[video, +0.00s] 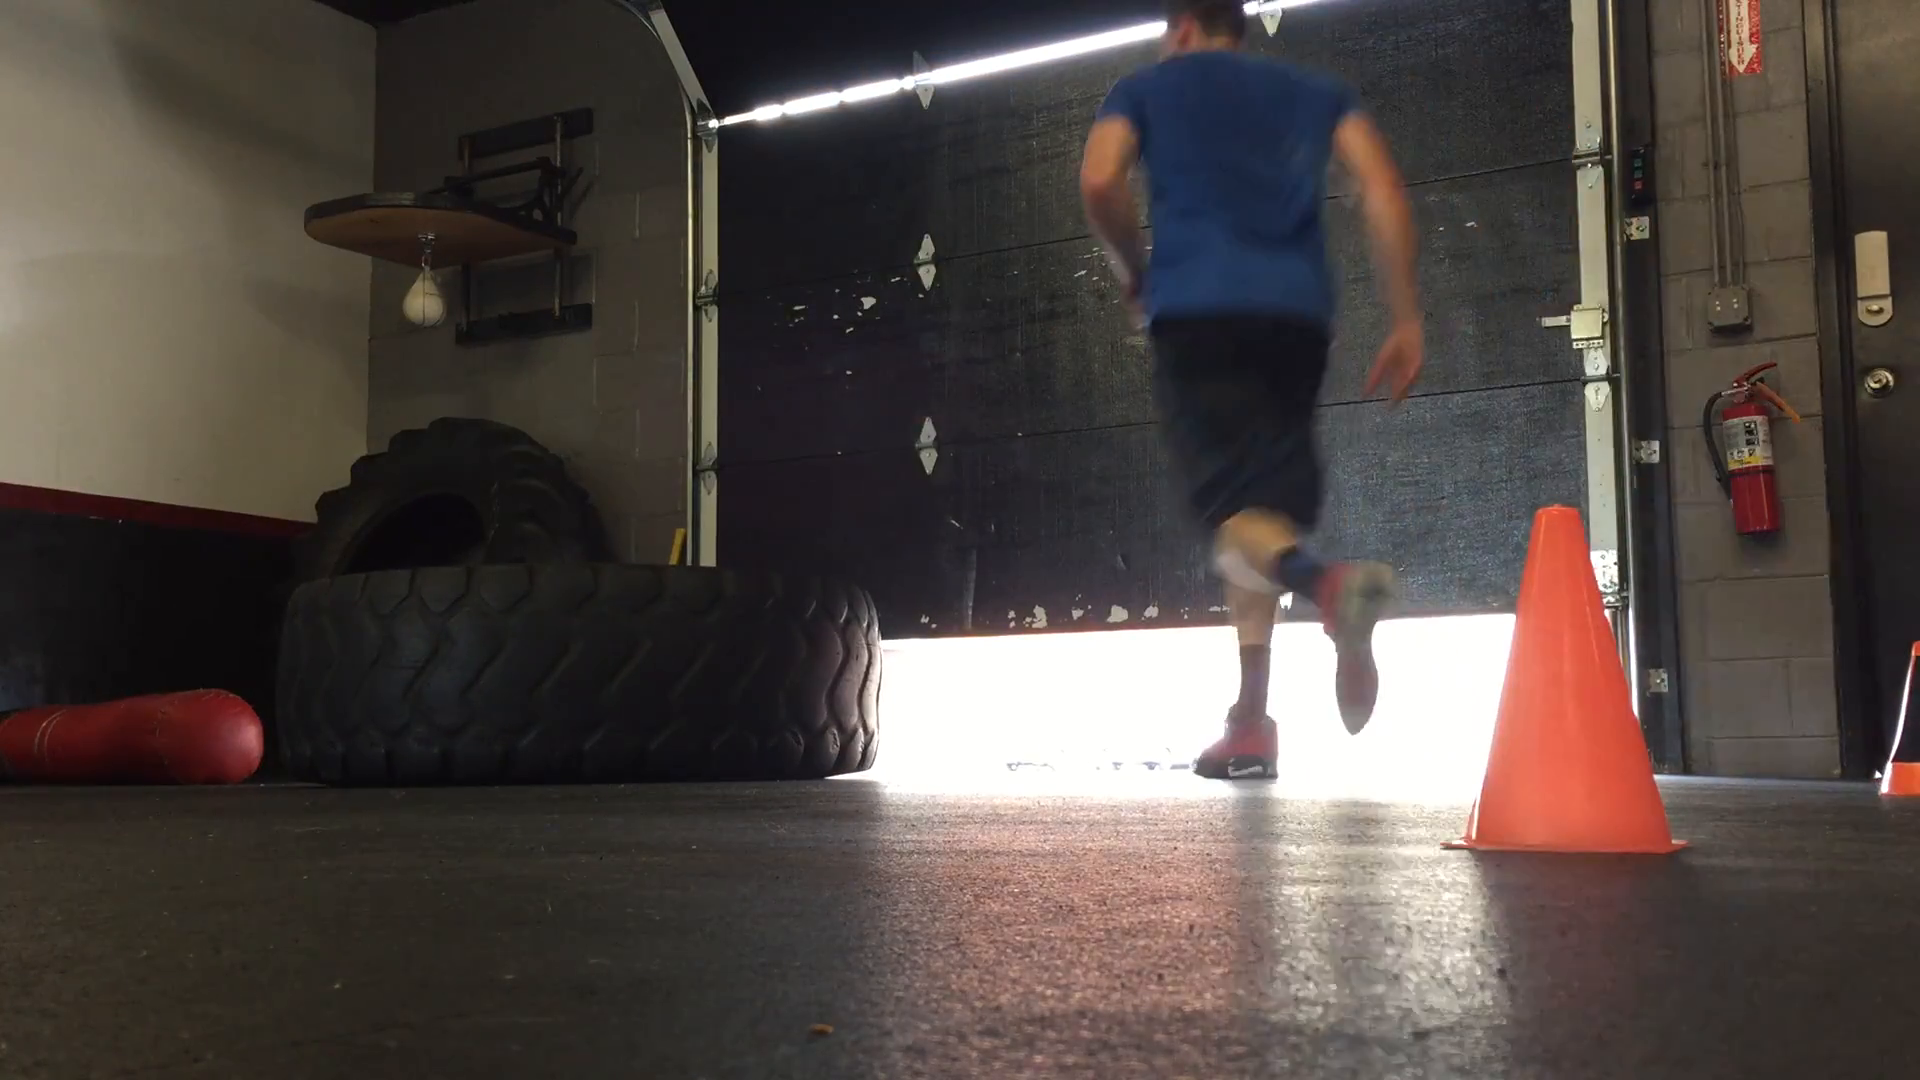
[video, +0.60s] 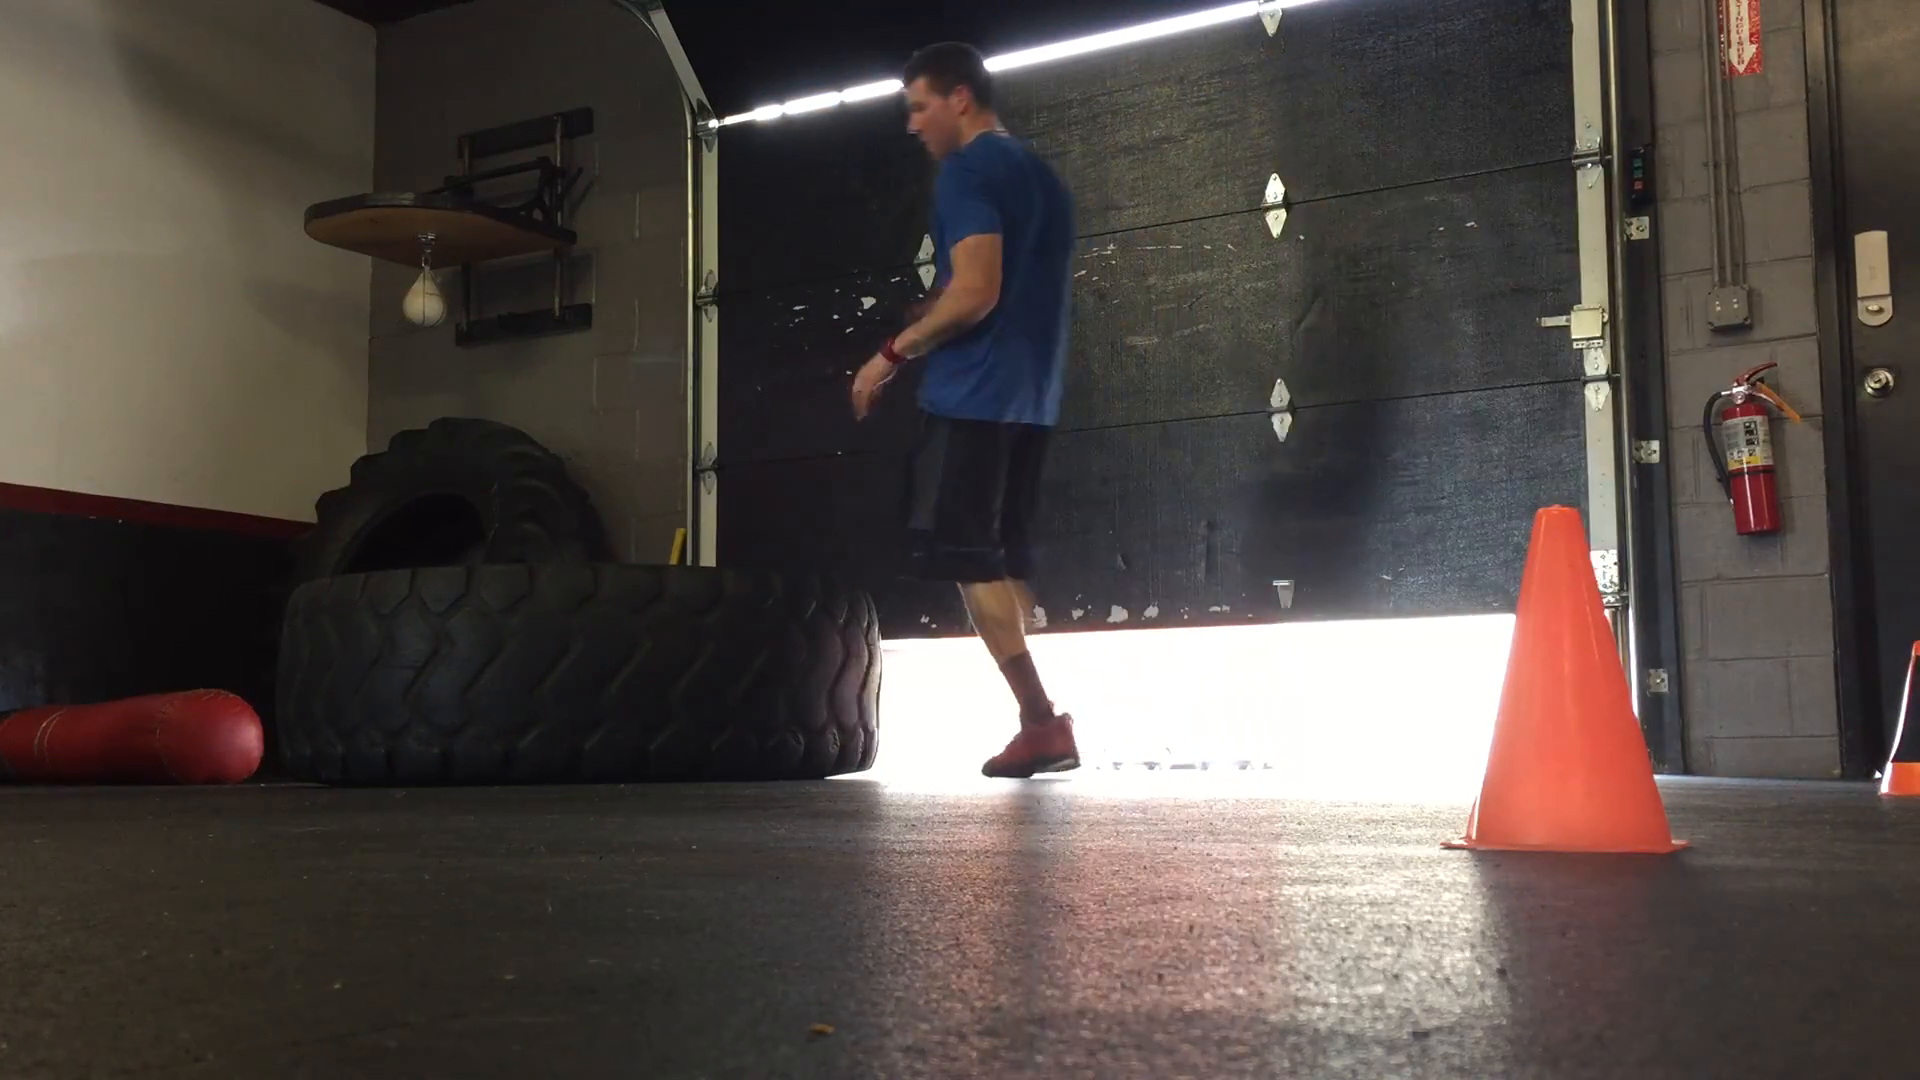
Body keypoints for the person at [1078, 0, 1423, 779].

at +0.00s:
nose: (1166, 43)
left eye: (1168, 32)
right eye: (1171, 32)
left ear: (1183, 30)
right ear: (1246, 30)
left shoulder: (1148, 83)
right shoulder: (1314, 86)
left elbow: (1099, 178)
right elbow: (1381, 185)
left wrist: (1134, 269)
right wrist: (1406, 319)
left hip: (1197, 314)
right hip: (1296, 315)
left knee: (1223, 508)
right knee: (1260, 506)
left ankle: (1327, 585)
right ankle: (1250, 721)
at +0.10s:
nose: (1115, 69)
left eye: (1118, 56)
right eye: (1118, 56)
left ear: (1139, 49)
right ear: (1190, 52)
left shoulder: (1114, 114)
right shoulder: (1260, 128)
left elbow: (1109, 225)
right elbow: (1312, 266)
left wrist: (1086, 314)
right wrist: (1330, 389)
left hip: (1163, 356)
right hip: (1255, 355)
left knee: (1135, 544)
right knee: (1231, 547)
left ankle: (1235, 596)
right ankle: (1248, 730)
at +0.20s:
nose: (1061, 66)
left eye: (1064, 48)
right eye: (1060, 49)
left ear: (1097, 40)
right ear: (1131, 41)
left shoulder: (1085, 100)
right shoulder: (1209, 121)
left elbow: (1085, 211)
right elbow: (1246, 261)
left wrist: (1034, 313)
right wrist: (1209, 330)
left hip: (1119, 354)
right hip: (1212, 353)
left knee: (1076, 513)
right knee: (1204, 528)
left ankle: (1146, 696)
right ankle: (1245, 709)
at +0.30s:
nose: (1019, 70)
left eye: (1022, 54)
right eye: (1017, 56)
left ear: (1052, 45)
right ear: (1086, 45)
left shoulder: (1045, 105)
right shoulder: (1161, 125)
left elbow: (1049, 200)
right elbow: (1196, 257)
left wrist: (984, 297)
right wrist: (1123, 295)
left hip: (1072, 360)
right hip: (1163, 354)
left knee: (1044, 529)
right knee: (1175, 518)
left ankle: (1056, 724)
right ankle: (1238, 673)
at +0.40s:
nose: (979, 110)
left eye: (983, 91)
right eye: (976, 94)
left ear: (1019, 83)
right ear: (1048, 85)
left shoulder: (1011, 148)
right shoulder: (1118, 160)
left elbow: (1004, 234)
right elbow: (1147, 292)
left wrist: (933, 321)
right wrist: (1062, 313)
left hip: (1035, 393)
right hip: (1120, 392)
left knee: (1002, 559)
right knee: (1116, 546)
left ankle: (1045, 731)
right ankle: (1219, 648)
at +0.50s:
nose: (946, 127)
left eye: (950, 109)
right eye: (943, 112)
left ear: (990, 98)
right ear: (1001, 101)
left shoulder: (988, 168)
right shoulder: (1088, 179)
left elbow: (977, 288)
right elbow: (1099, 300)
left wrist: (898, 361)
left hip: (994, 408)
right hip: (1068, 408)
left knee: (980, 562)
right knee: (1049, 558)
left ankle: (1044, 730)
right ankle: (1150, 666)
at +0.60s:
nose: (913, 125)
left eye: (918, 108)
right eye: (910, 111)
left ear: (961, 97)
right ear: (972, 99)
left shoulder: (971, 169)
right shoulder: (1040, 175)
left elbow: (975, 289)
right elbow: (1029, 297)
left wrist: (891, 354)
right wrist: (930, 330)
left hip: (979, 395)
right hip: (1029, 395)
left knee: (967, 551)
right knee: (999, 553)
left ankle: (1040, 723)